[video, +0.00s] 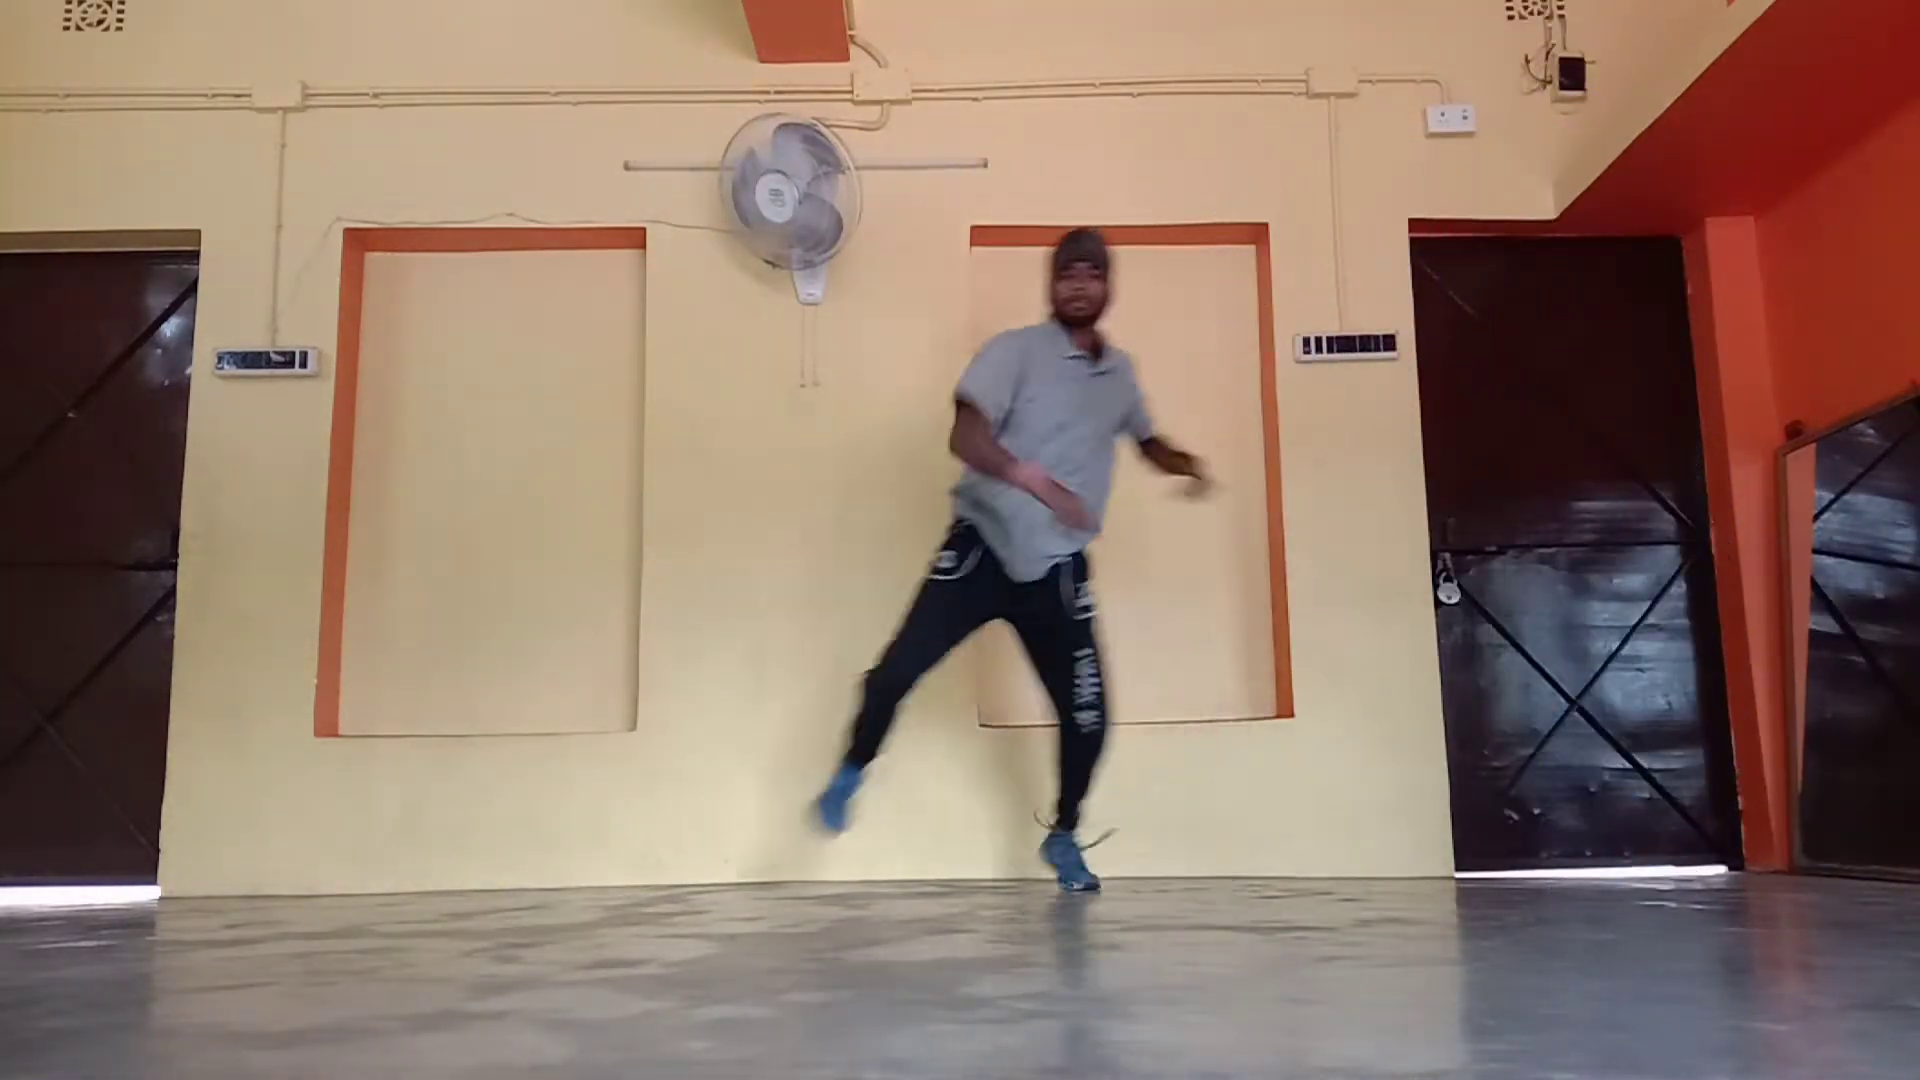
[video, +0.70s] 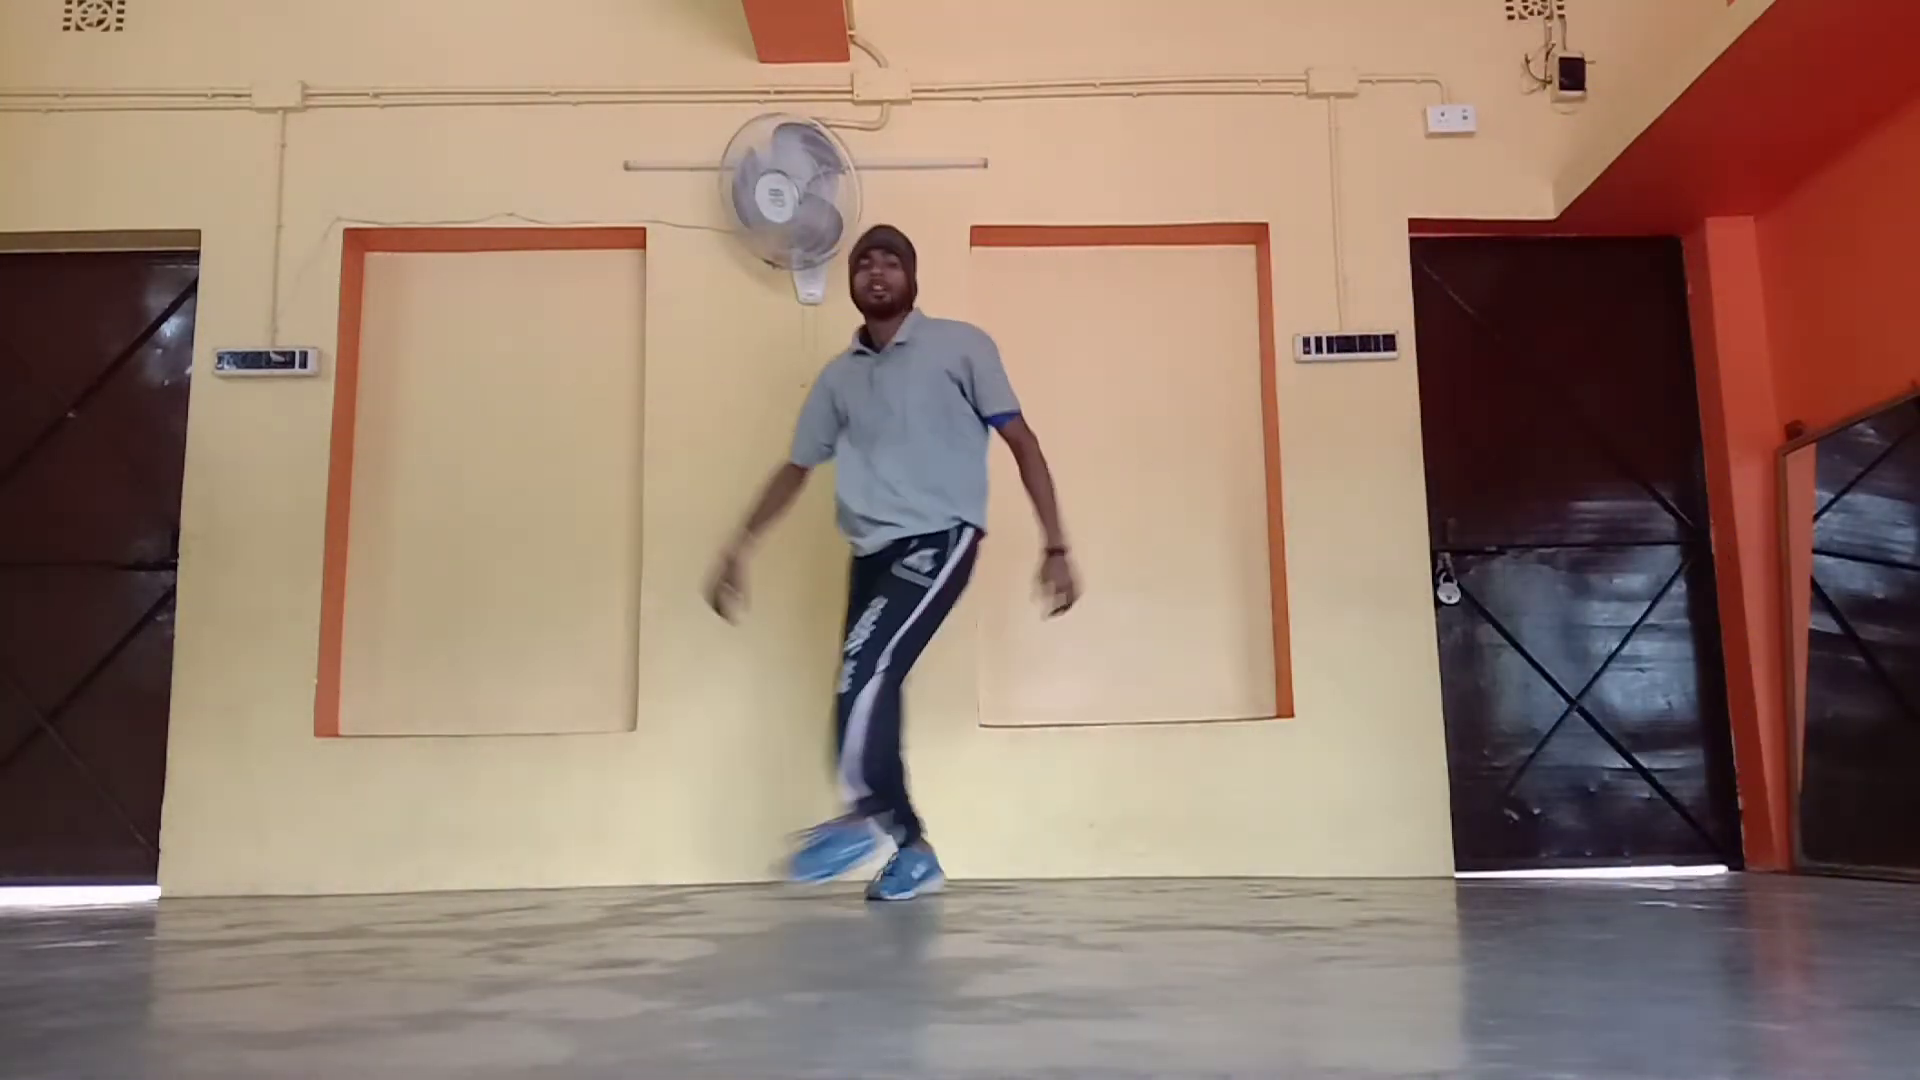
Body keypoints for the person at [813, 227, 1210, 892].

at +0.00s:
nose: (1079, 286)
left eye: (1092, 276)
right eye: (1068, 275)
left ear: (1109, 288)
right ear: (1051, 285)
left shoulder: (1116, 371)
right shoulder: (1013, 352)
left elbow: (1147, 441)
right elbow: (967, 440)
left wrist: (1183, 463)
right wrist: (1037, 481)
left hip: (1059, 566)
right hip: (982, 547)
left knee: (1087, 710)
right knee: (893, 673)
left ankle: (1063, 835)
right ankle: (852, 770)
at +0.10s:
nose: (1004, 310)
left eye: (1017, 300)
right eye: (993, 301)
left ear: (1037, 312)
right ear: (978, 314)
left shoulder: (1049, 403)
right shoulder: (946, 386)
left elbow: (1059, 505)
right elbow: (967, 504)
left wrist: (1022, 468)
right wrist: (1074, 547)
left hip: (992, 588)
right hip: (913, 573)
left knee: (1027, 723)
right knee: (831, 706)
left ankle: (1053, 844)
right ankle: (759, 844)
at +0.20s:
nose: (943, 330)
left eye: (959, 321)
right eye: (933, 318)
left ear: (977, 336)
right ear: (917, 329)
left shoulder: (986, 422)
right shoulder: (876, 402)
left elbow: (962, 521)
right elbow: (869, 522)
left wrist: (891, 493)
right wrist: (956, 558)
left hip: (935, 600)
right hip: (854, 593)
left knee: (1008, 725)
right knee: (798, 729)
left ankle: (994, 816)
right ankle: (746, 858)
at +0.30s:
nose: (902, 286)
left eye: (916, 275)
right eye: (891, 275)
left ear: (939, 288)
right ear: (877, 286)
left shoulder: (971, 379)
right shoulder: (834, 366)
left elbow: (983, 483)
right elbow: (781, 451)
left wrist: (945, 552)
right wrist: (792, 534)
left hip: (913, 573)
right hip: (828, 567)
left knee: (921, 709)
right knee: (782, 708)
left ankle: (871, 815)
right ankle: (751, 846)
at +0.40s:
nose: (874, 266)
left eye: (889, 255)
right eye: (864, 256)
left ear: (914, 269)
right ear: (850, 269)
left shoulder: (954, 353)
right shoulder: (816, 346)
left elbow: (1012, 456)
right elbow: (737, 407)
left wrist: (1073, 539)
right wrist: (644, 449)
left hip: (902, 540)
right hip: (827, 538)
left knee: (832, 680)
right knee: (775, 681)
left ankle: (791, 834)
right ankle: (781, 813)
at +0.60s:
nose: (861, 276)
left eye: (875, 267)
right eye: (851, 268)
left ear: (901, 284)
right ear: (838, 288)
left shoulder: (940, 355)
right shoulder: (825, 374)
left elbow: (1025, 425)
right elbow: (751, 419)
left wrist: (1107, 489)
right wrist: (655, 441)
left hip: (899, 548)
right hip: (830, 556)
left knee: (814, 697)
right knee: (783, 700)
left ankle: (761, 855)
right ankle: (879, 782)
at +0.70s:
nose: (876, 273)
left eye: (889, 263)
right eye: (864, 265)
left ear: (913, 279)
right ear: (851, 284)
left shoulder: (961, 346)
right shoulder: (841, 376)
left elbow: (1024, 445)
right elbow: (794, 469)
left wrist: (1056, 544)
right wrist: (739, 545)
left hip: (942, 536)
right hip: (874, 545)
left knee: (867, 660)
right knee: (865, 687)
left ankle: (865, 816)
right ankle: (911, 848)